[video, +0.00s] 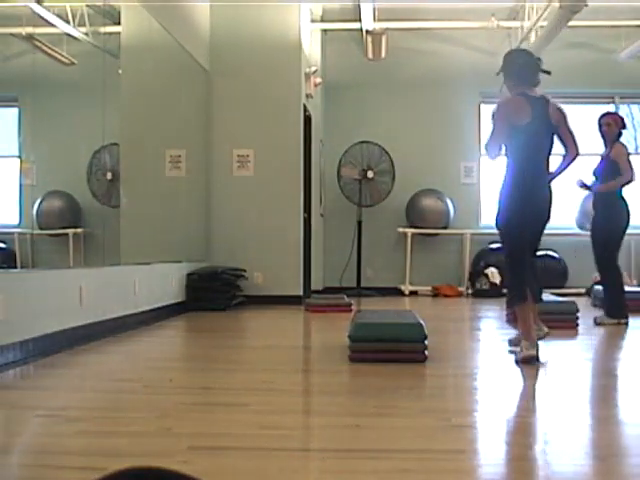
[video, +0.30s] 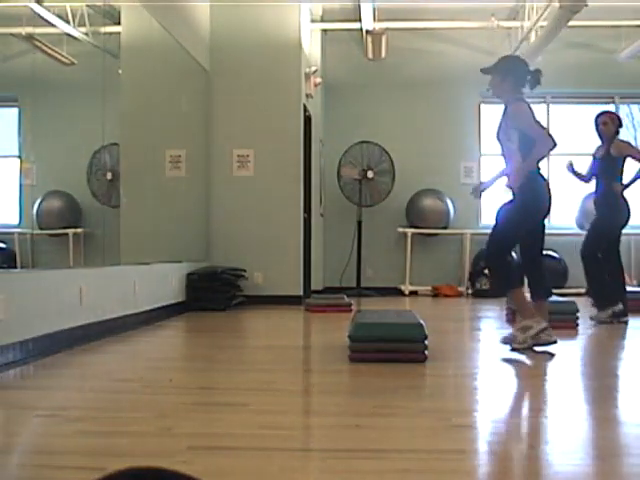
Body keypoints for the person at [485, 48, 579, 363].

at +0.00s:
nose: (503, 81)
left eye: (503, 76)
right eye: (505, 76)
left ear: (507, 76)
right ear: (536, 75)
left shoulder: (506, 106)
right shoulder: (551, 108)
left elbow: (491, 150)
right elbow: (573, 151)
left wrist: (498, 141)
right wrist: (553, 174)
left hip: (516, 190)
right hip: (542, 190)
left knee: (516, 264)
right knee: (525, 260)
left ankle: (528, 342)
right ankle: (533, 323)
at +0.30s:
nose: (490, 83)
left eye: (495, 78)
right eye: (491, 78)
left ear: (509, 81)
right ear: (510, 81)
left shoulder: (518, 109)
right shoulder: (512, 111)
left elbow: (546, 142)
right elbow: (516, 160)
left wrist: (523, 169)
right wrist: (488, 183)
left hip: (529, 190)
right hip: (530, 189)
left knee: (496, 252)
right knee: (532, 258)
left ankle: (527, 318)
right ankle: (540, 327)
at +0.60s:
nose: (483, 86)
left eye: (488, 81)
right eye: (484, 81)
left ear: (504, 84)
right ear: (504, 85)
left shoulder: (510, 113)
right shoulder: (513, 112)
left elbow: (507, 158)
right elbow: (537, 152)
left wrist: (463, 156)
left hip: (528, 194)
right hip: (528, 193)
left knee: (523, 260)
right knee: (496, 254)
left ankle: (527, 335)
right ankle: (523, 328)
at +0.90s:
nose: (484, 88)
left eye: (489, 83)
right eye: (485, 83)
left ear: (504, 84)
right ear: (500, 85)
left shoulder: (515, 114)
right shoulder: (508, 115)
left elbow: (512, 168)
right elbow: (506, 167)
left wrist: (504, 212)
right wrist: (501, 210)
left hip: (519, 196)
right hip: (510, 195)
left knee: (517, 262)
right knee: (501, 261)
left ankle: (527, 335)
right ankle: (512, 329)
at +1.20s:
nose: (477, 85)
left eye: (482, 80)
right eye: (478, 80)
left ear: (499, 86)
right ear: (494, 87)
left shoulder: (507, 115)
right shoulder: (492, 123)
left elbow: (545, 137)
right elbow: (471, 160)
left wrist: (568, 177)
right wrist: (434, 164)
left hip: (524, 194)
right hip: (520, 195)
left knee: (486, 249)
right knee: (517, 259)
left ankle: (508, 318)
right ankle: (517, 332)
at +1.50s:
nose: (479, 86)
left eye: (484, 82)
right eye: (480, 82)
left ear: (501, 86)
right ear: (497, 87)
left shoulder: (504, 113)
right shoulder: (502, 115)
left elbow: (498, 154)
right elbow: (494, 157)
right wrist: (458, 169)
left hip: (524, 194)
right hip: (520, 194)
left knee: (522, 262)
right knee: (479, 250)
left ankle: (517, 336)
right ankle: (502, 319)